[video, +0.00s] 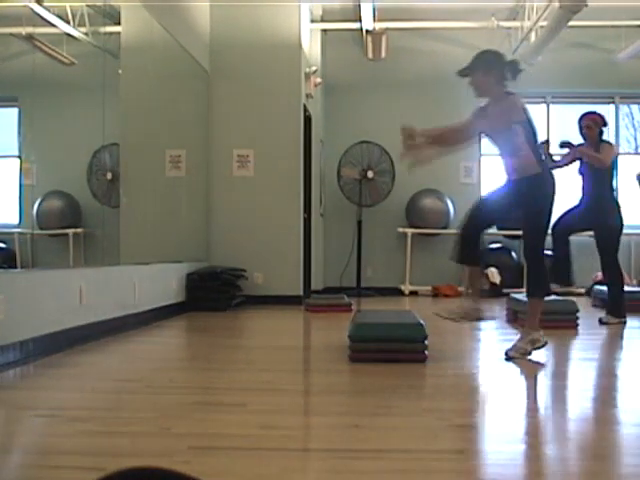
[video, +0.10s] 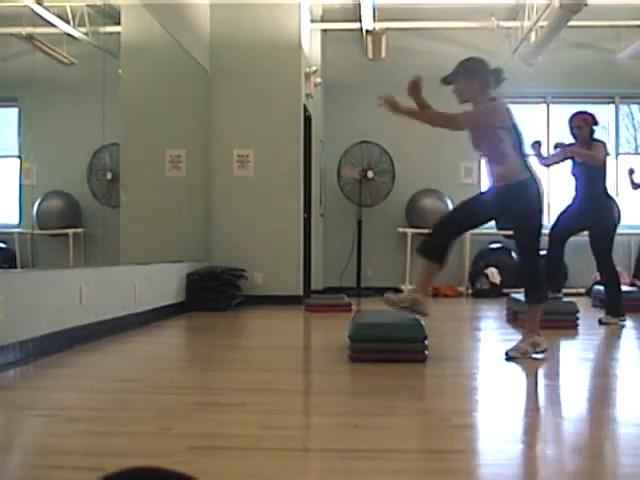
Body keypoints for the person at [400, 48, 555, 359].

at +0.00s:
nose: (471, 83)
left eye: (475, 76)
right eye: (470, 77)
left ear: (493, 75)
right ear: (487, 77)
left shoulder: (508, 106)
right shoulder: (487, 112)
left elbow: (466, 134)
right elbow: (460, 135)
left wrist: (428, 139)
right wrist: (424, 139)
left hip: (536, 186)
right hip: (516, 186)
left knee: (533, 254)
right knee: (472, 224)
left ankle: (533, 330)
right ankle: (474, 301)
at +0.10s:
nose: (454, 90)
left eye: (458, 84)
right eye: (454, 84)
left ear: (476, 82)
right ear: (474, 84)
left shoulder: (494, 110)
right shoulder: (482, 111)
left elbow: (450, 122)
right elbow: (447, 122)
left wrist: (404, 110)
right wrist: (420, 100)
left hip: (522, 193)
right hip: (499, 193)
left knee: (530, 264)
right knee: (445, 228)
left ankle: (533, 337)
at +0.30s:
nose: (421, 71)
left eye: (425, 64)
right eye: (420, 65)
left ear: (442, 62)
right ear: (433, 67)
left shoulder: (468, 87)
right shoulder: (436, 106)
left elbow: (449, 118)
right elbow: (410, 136)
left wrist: (422, 139)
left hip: (487, 170)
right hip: (458, 173)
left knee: (489, 244)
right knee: (424, 222)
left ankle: (507, 318)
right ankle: (410, 301)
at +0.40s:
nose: (406, 65)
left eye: (409, 58)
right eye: (404, 60)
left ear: (426, 54)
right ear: (420, 58)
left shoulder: (456, 78)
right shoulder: (422, 97)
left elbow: (479, 116)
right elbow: (420, 144)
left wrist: (470, 141)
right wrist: (402, 183)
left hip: (478, 159)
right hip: (449, 163)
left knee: (463, 222)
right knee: (424, 220)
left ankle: (472, 299)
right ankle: (411, 300)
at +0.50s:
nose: (393, 72)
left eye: (396, 65)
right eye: (392, 67)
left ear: (413, 61)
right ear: (410, 64)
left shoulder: (448, 84)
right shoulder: (414, 98)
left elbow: (497, 97)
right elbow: (440, 126)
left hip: (469, 164)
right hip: (441, 166)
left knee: (440, 213)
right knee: (413, 218)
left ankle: (443, 289)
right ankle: (409, 298)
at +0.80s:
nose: (410, 68)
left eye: (412, 61)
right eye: (408, 63)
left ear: (428, 55)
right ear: (423, 58)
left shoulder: (460, 80)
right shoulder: (430, 93)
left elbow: (479, 129)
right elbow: (431, 136)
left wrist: (460, 141)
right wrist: (417, 169)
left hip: (482, 159)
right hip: (455, 163)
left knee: (478, 227)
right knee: (431, 222)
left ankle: (496, 304)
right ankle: (410, 299)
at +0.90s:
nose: (426, 74)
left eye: (428, 67)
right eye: (425, 69)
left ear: (444, 62)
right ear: (440, 66)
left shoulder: (471, 88)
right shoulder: (443, 105)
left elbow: (455, 117)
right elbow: (419, 131)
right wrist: (380, 140)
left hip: (497, 169)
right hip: (470, 174)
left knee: (508, 232)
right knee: (437, 224)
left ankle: (541, 300)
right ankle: (410, 301)